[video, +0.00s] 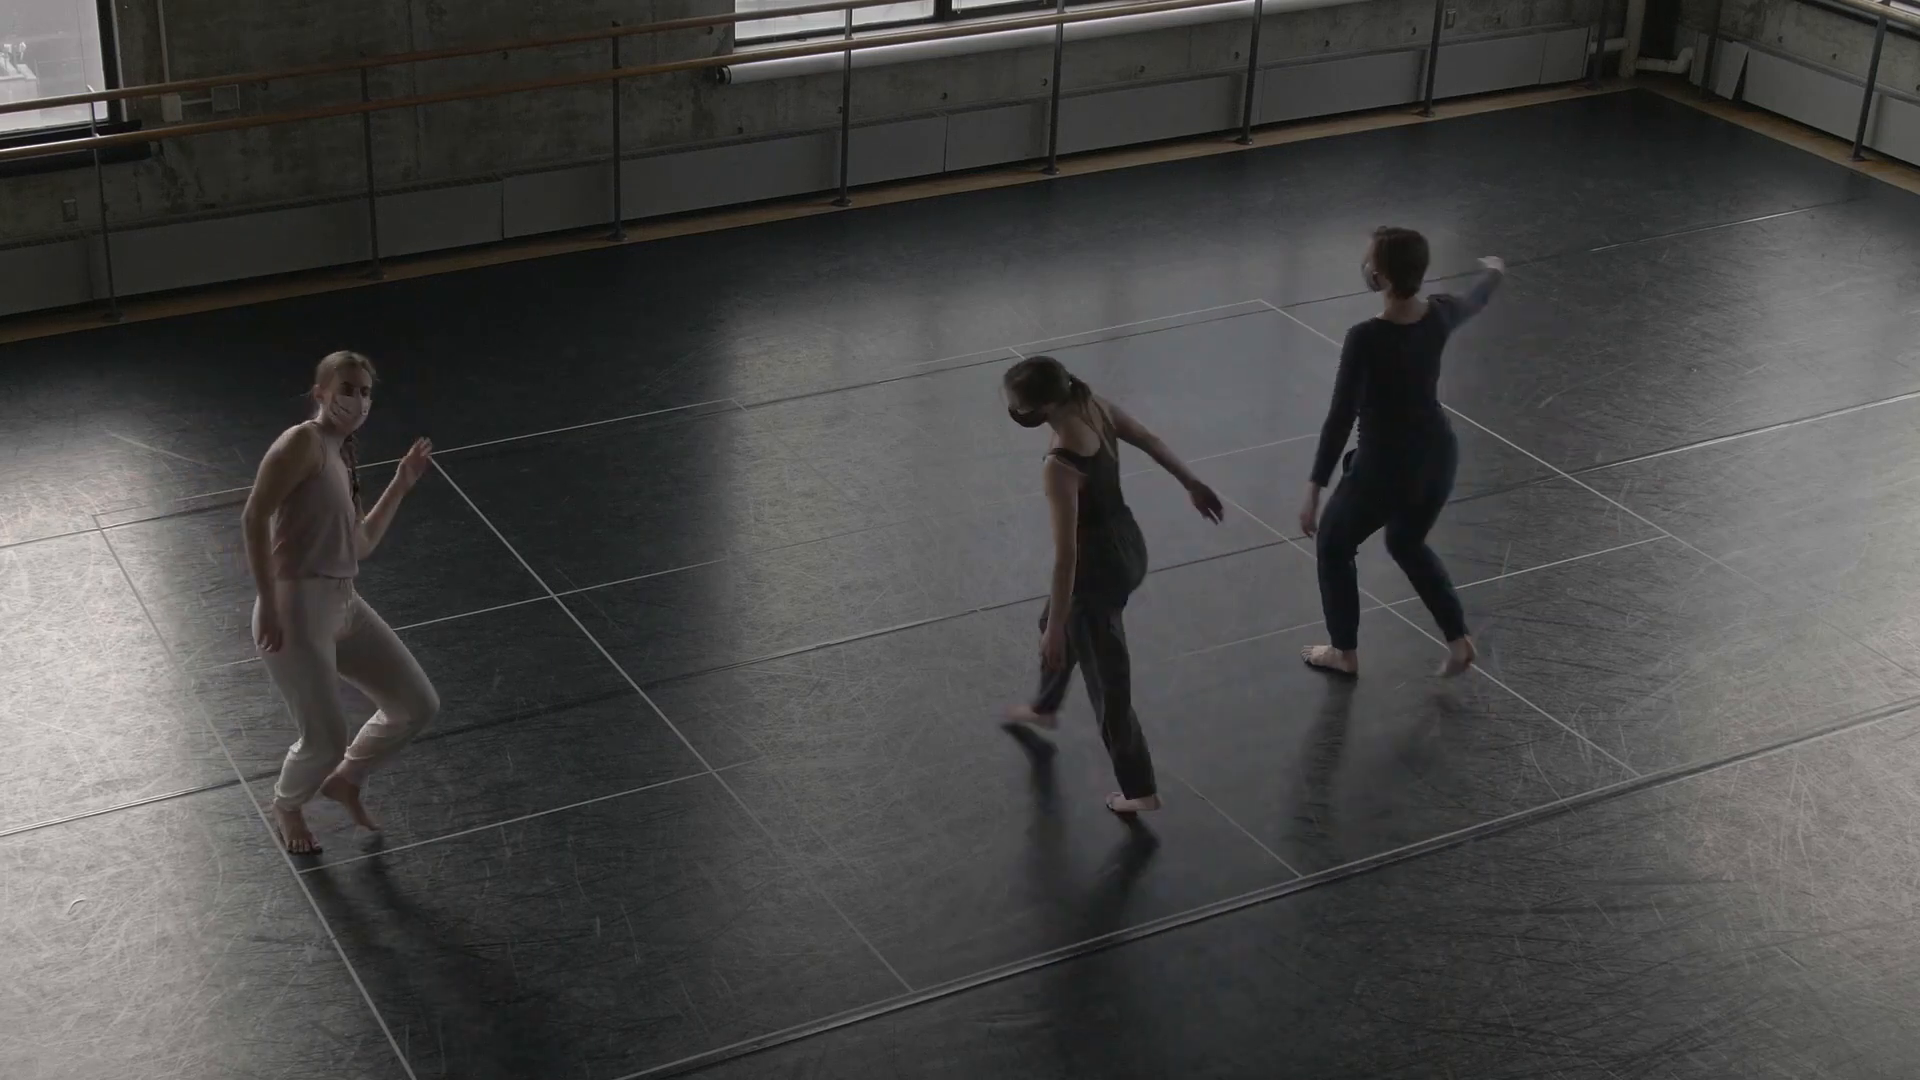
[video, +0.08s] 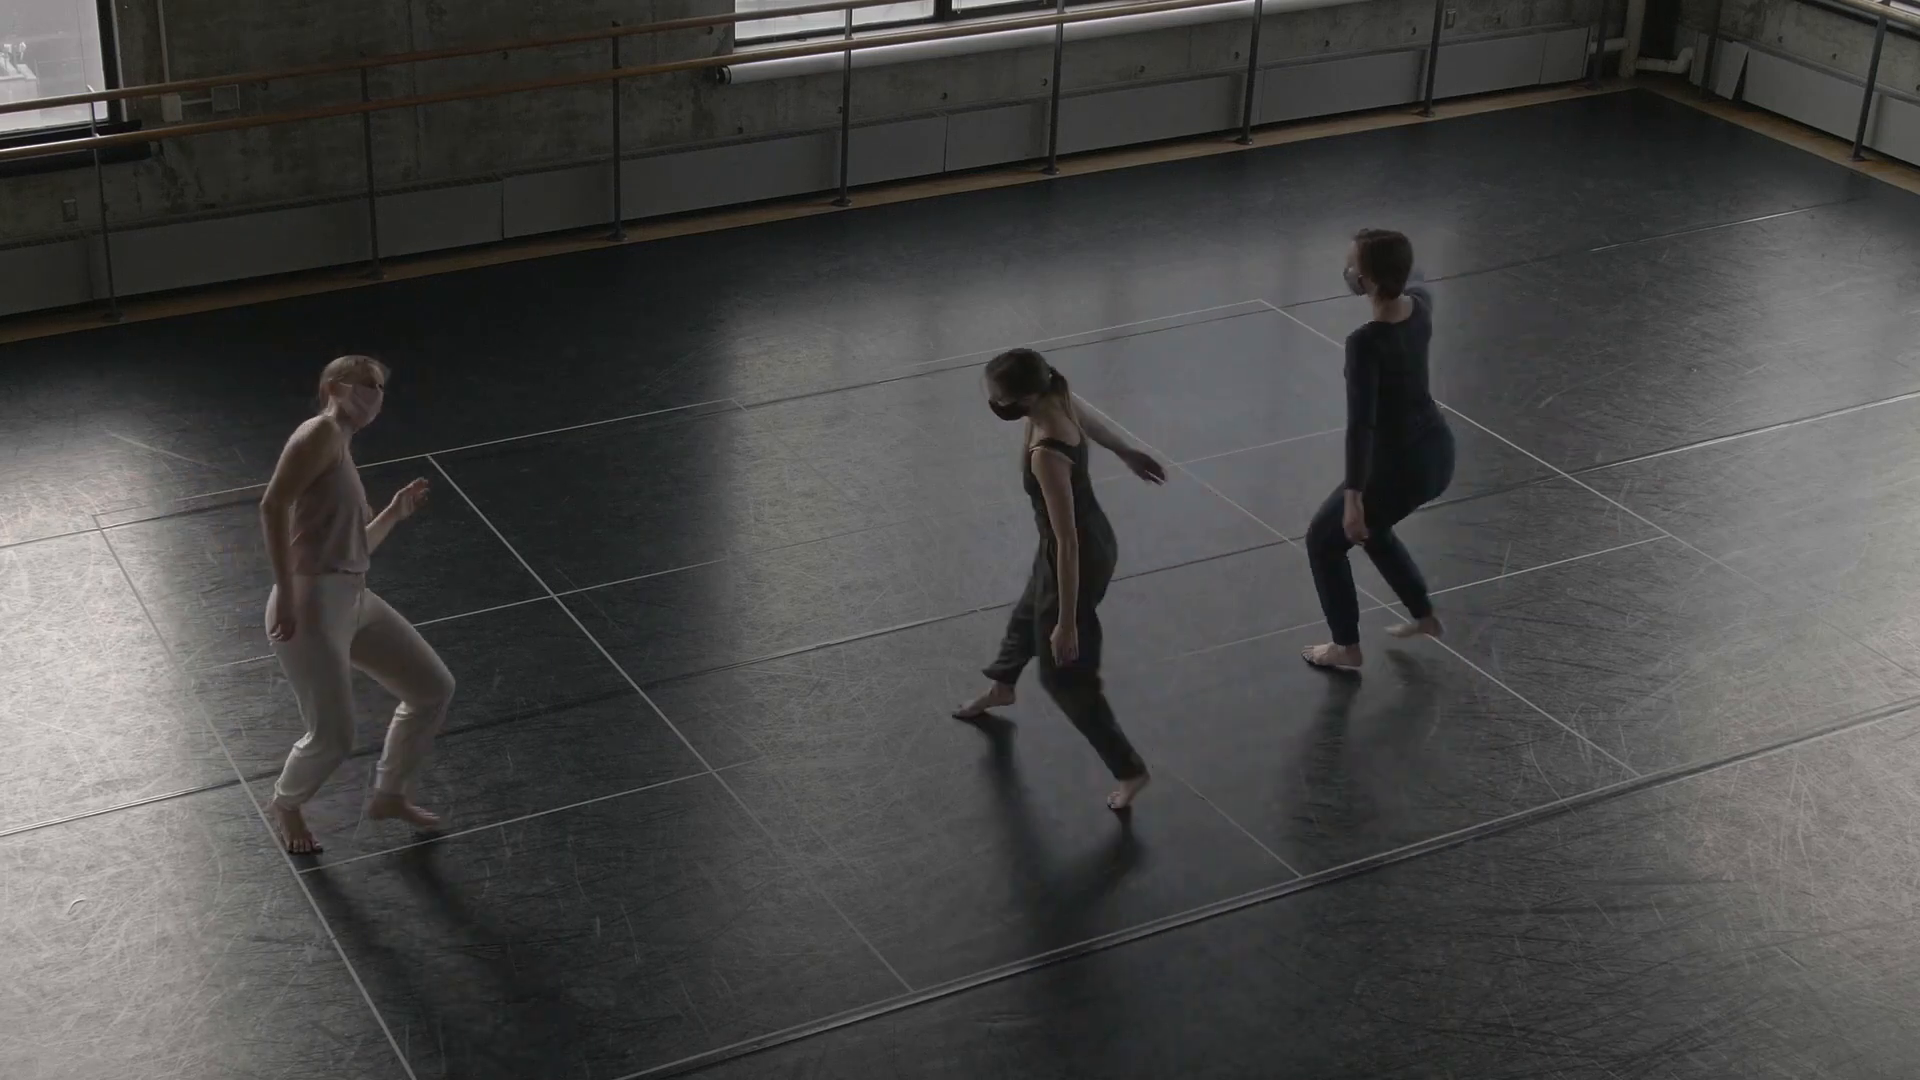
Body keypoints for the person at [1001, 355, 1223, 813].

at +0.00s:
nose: (1013, 414)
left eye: (1017, 410)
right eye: (1013, 407)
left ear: (1039, 411)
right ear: (1060, 387)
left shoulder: (1061, 466)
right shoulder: (1093, 407)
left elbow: (1066, 557)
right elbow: (1147, 441)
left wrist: (1055, 628)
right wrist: (1193, 483)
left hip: (1097, 577)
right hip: (1127, 553)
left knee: (1108, 683)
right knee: (1054, 623)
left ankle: (1140, 790)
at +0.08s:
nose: (993, 405)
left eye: (997, 400)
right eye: (993, 398)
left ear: (1018, 404)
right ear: (1038, 381)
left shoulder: (1045, 454)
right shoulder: (1058, 399)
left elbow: (1067, 542)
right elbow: (1100, 427)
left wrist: (1066, 624)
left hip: (1077, 564)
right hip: (1078, 545)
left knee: (1059, 674)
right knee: (1030, 608)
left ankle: (1129, 769)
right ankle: (1000, 683)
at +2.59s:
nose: (1240, 506)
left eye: (1244, 498)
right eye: (1233, 499)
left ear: (1248, 485)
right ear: (1206, 484)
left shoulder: (1231, 508)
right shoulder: (1157, 506)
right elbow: (1105, 525)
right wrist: (1078, 538)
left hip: (1172, 608)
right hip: (1119, 602)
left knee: (1189, 718)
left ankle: (1159, 774)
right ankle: (996, 695)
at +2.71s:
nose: (1267, 500)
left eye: (1272, 493)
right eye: (1262, 492)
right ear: (1234, 477)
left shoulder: (1236, 504)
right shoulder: (1181, 505)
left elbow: (1198, 547)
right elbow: (1112, 532)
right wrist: (1047, 562)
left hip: (1178, 604)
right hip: (1127, 604)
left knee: (1189, 715)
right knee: (1136, 729)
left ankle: (1162, 771)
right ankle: (1061, 765)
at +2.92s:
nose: (1304, 495)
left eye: (1310, 487)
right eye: (1302, 487)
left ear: (1269, 461)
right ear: (1273, 469)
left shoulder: (1233, 474)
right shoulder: (1232, 508)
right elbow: (1153, 555)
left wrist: (1253, 507)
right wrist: (1083, 598)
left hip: (1127, 605)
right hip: (1148, 627)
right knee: (1175, 742)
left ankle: (1098, 769)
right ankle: (1178, 866)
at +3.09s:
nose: (1296, 528)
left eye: (1303, 520)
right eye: (1294, 517)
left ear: (1264, 500)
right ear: (1264, 499)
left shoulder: (1218, 525)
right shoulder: (1235, 552)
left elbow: (1164, 570)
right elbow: (1161, 609)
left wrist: (1144, 626)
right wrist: (1094, 659)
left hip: (1136, 662)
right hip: (1171, 676)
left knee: (1060, 742)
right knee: (1221, 777)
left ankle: (961, 821)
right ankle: (1177, 884)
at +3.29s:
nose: (1261, 568)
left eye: (1264, 560)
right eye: (1259, 560)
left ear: (1215, 530)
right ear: (1232, 551)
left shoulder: (1156, 552)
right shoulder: (1212, 605)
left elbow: (1083, 600)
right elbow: (1180, 688)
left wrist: (1075, 676)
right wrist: (1171, 777)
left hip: (1106, 700)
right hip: (1163, 713)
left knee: (1054, 816)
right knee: (1208, 788)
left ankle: (979, 935)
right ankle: (1177, 891)